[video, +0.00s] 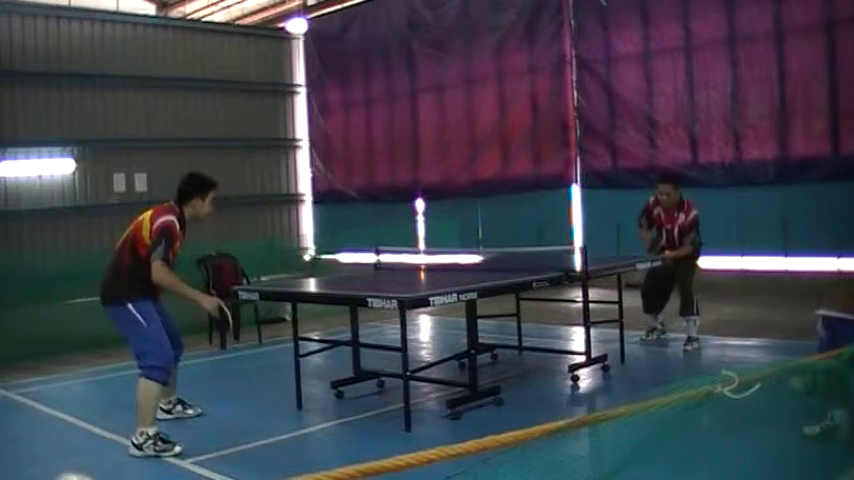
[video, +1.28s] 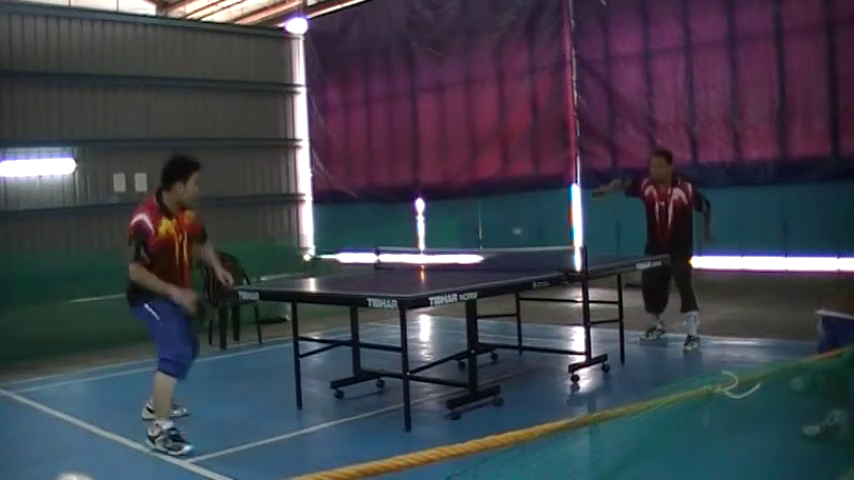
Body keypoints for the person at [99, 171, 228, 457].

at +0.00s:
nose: (211, 208)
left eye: (212, 202)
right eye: (209, 202)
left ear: (191, 199)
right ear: (195, 200)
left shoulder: (171, 217)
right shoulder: (167, 222)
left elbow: (156, 269)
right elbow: (158, 273)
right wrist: (200, 298)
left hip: (142, 293)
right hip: (125, 296)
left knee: (172, 346)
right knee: (157, 358)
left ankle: (167, 403)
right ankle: (144, 435)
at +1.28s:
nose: (197, 190)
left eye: (197, 184)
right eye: (193, 184)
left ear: (179, 185)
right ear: (176, 184)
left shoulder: (188, 215)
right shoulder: (146, 219)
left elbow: (202, 244)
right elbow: (135, 270)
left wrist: (217, 269)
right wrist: (175, 292)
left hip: (176, 294)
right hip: (149, 295)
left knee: (188, 348)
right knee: (174, 350)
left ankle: (158, 404)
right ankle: (160, 427)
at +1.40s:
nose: (200, 204)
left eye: (200, 198)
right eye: (196, 199)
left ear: (186, 201)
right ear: (176, 202)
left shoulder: (204, 226)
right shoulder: (144, 231)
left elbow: (229, 257)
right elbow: (118, 273)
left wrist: (231, 269)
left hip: (184, 302)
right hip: (153, 304)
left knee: (196, 355)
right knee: (185, 356)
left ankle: (156, 403)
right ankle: (195, 430)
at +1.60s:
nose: (209, 227)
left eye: (208, 221)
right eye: (203, 222)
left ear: (187, 228)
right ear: (183, 228)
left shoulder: (218, 242)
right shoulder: (155, 254)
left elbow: (255, 255)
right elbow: (122, 292)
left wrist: (275, 268)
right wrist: (106, 332)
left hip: (201, 315)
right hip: (171, 316)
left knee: (197, 366)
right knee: (206, 362)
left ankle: (157, 405)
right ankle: (206, 434)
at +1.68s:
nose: (215, 226)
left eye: (214, 219)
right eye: (209, 221)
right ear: (189, 228)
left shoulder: (222, 237)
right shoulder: (164, 256)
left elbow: (262, 239)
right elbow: (135, 297)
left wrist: (292, 262)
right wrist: (118, 338)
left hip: (206, 313)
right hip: (176, 316)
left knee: (199, 363)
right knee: (216, 354)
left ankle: (160, 400)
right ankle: (208, 434)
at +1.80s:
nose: (225, 216)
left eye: (226, 210)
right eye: (219, 211)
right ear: (199, 214)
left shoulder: (209, 221)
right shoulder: (187, 246)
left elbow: (232, 211)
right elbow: (193, 292)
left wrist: (262, 222)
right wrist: (233, 295)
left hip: (199, 306)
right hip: (179, 313)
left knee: (215, 345)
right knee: (229, 354)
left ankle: (179, 390)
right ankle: (210, 432)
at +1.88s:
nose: (229, 213)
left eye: (231, 207)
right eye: (225, 207)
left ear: (204, 206)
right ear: (207, 207)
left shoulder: (186, 221)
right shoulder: (205, 234)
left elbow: (223, 216)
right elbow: (250, 232)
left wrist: (252, 210)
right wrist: (277, 189)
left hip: (182, 310)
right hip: (184, 320)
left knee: (218, 337)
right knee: (235, 358)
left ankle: (190, 391)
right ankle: (211, 433)